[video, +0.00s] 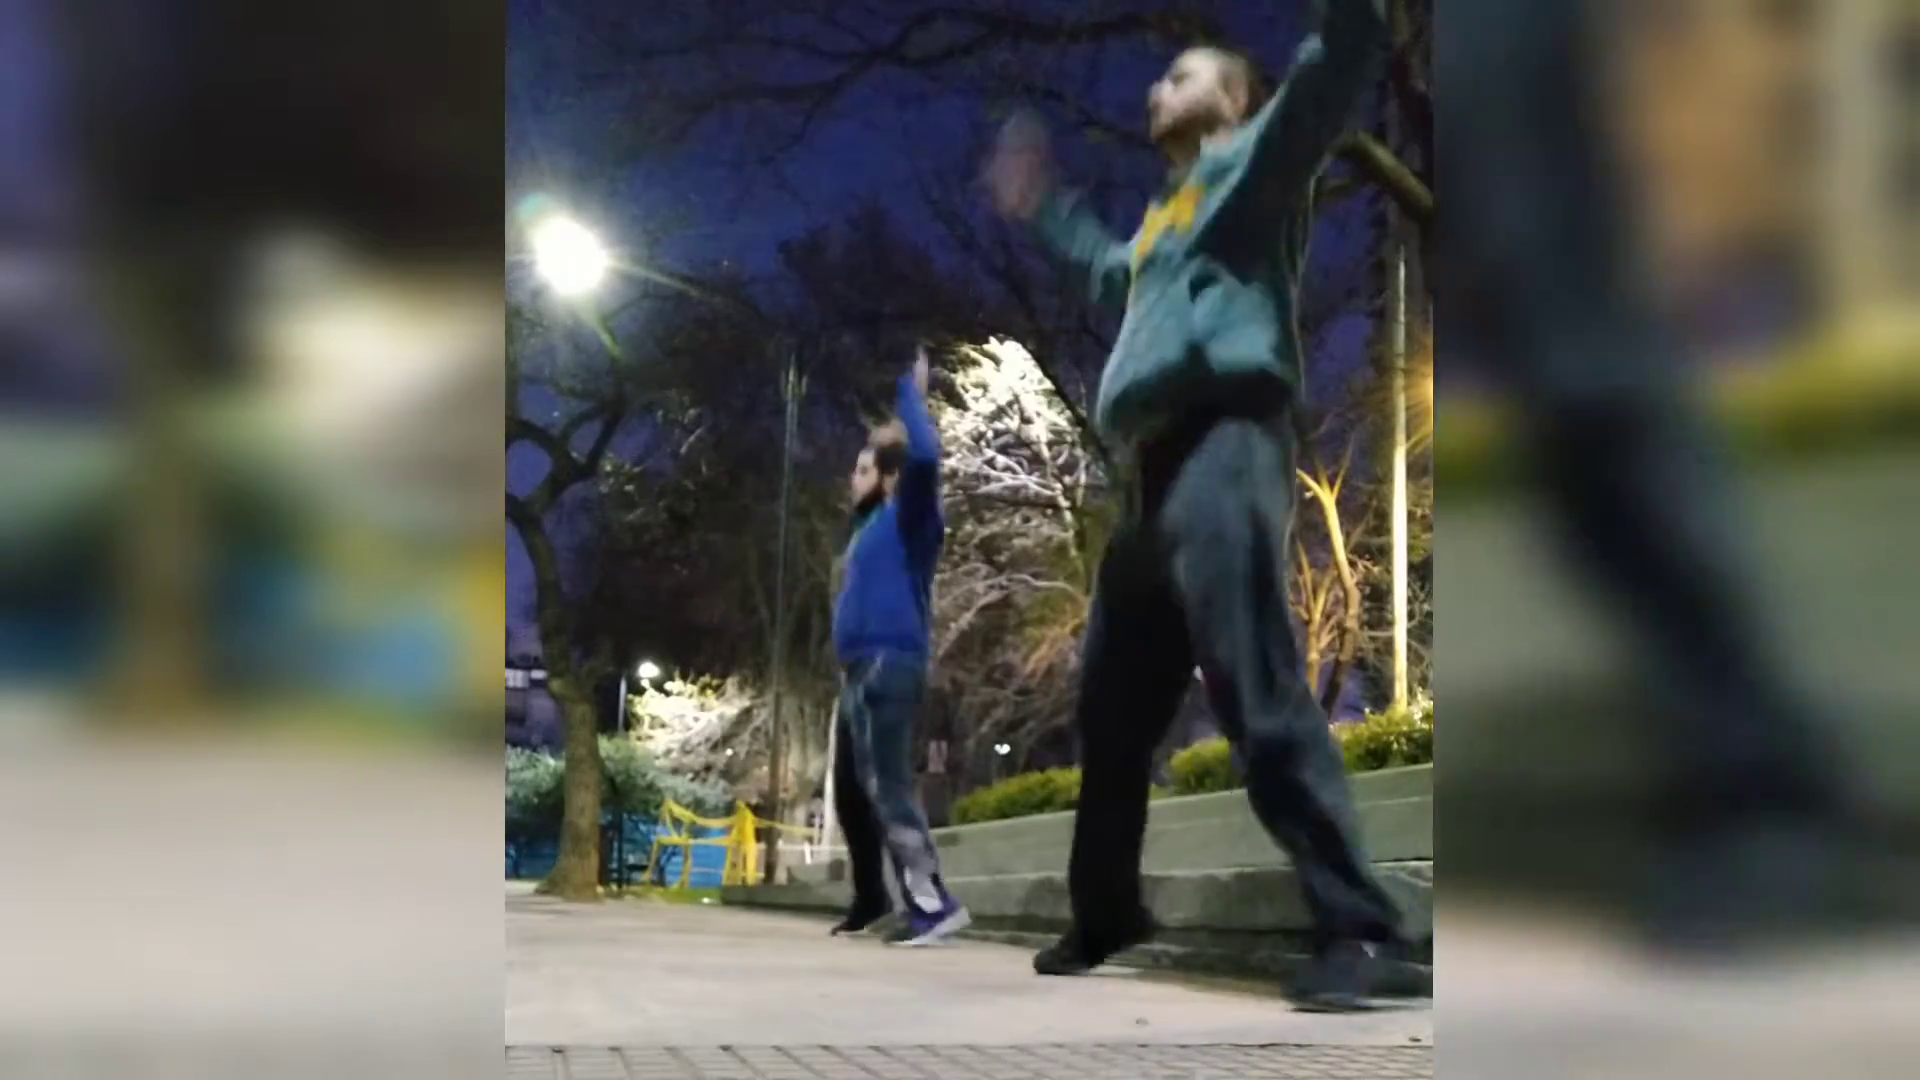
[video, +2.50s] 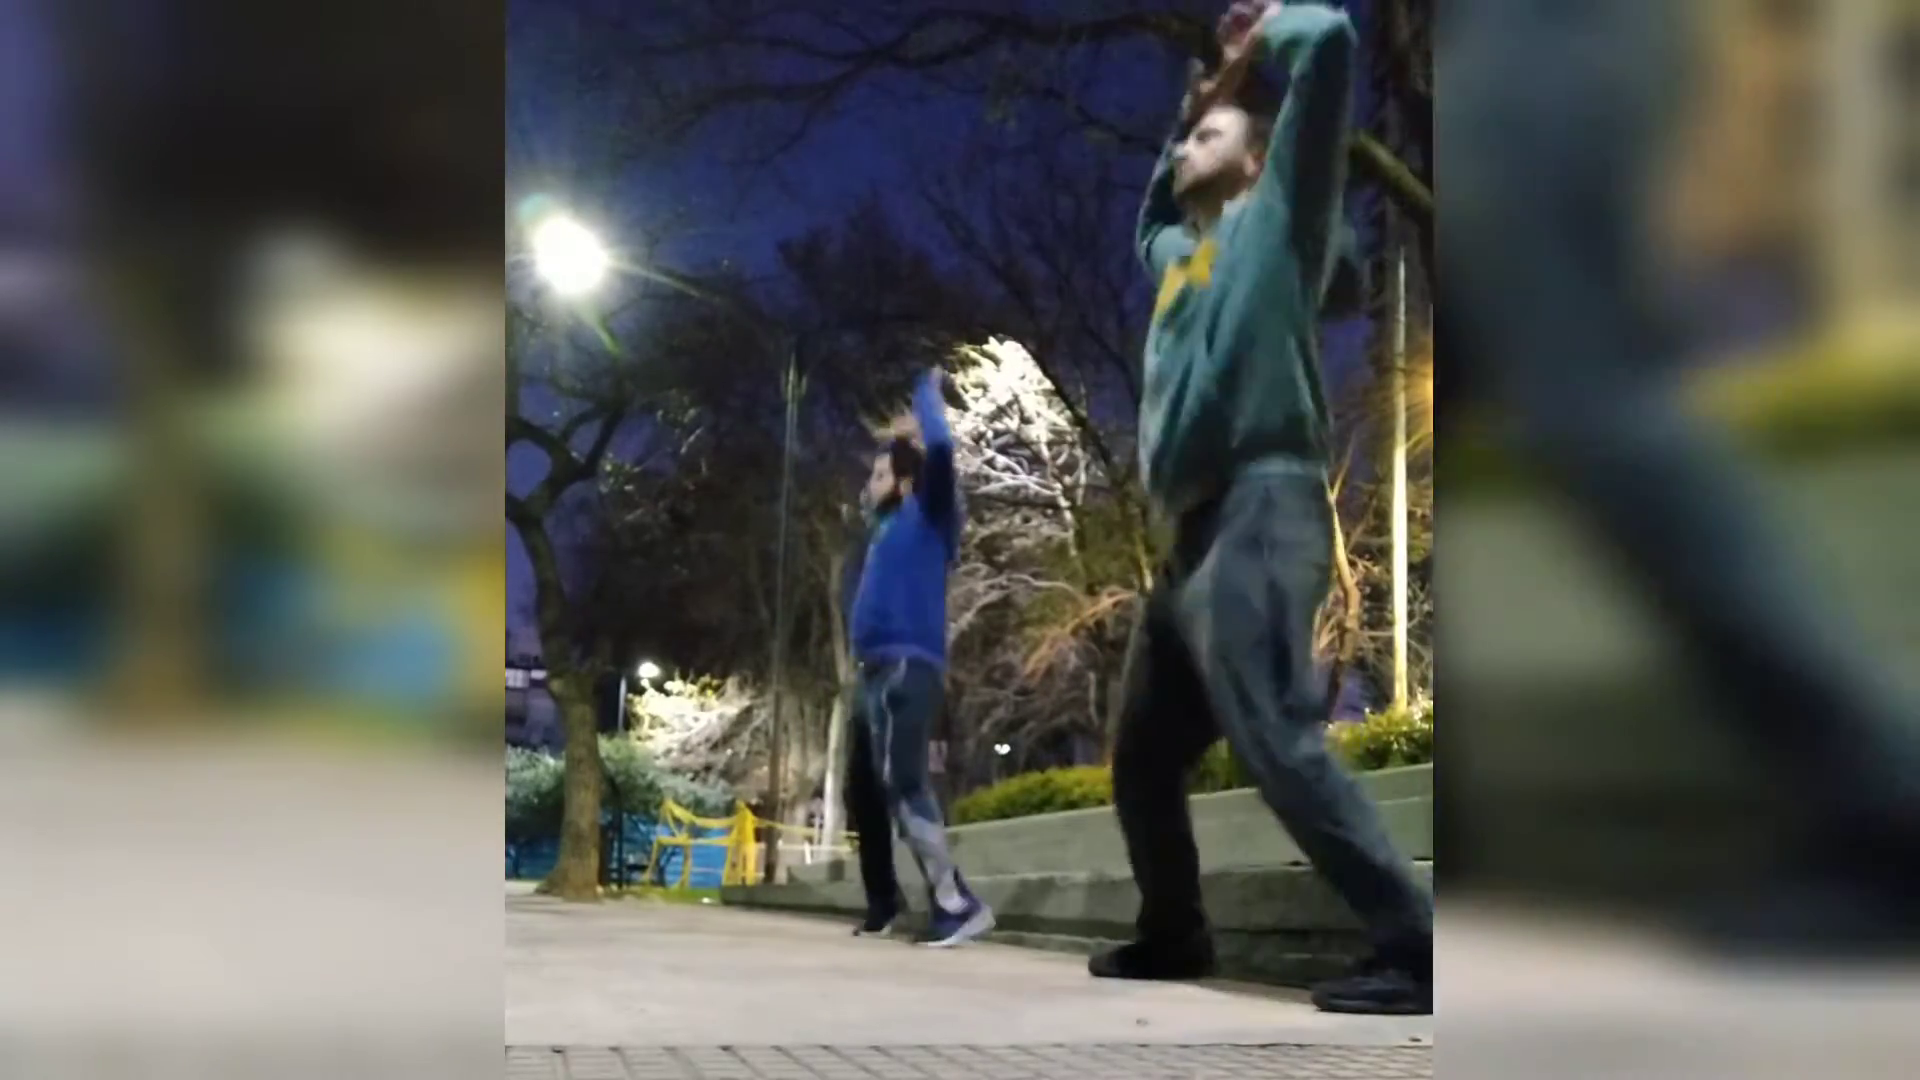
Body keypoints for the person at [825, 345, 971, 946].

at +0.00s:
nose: (852, 475)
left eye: (861, 467)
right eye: (855, 467)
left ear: (886, 474)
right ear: (872, 477)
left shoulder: (908, 517)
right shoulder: (866, 527)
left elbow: (924, 458)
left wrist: (913, 395)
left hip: (892, 656)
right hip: (857, 659)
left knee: (888, 786)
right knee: (854, 790)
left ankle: (932, 904)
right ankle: (879, 897)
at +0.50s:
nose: (867, 447)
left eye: (877, 438)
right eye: (869, 438)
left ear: (905, 449)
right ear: (893, 451)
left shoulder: (915, 484)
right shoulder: (878, 499)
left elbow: (925, 506)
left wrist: (940, 485)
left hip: (892, 626)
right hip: (863, 630)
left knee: (883, 755)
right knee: (865, 764)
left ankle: (918, 882)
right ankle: (882, 893)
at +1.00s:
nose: (863, 453)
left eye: (873, 445)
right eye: (865, 445)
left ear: (901, 451)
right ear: (888, 454)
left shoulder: (919, 488)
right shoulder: (880, 496)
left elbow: (953, 479)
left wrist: (943, 430)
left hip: (895, 629)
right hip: (863, 630)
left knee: (887, 753)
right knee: (860, 761)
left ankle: (922, 881)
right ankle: (880, 886)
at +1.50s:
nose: (869, 452)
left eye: (879, 443)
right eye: (870, 444)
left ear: (906, 452)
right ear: (891, 457)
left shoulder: (920, 497)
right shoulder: (882, 504)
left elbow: (933, 442)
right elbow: (862, 482)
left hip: (895, 633)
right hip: (861, 634)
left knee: (892, 752)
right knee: (863, 763)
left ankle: (925, 878)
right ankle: (875, 883)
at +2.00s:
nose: (863, 469)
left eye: (872, 460)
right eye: (865, 460)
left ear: (899, 465)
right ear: (894, 466)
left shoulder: (918, 503)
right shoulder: (881, 511)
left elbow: (935, 574)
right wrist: (858, 653)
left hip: (897, 657)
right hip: (867, 657)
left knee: (869, 775)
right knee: (855, 778)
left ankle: (904, 901)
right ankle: (886, 904)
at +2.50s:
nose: (874, 477)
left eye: (882, 469)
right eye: (875, 468)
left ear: (907, 474)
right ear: (890, 476)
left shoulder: (932, 517)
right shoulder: (882, 527)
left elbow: (940, 451)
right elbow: (871, 501)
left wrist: (928, 395)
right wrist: (885, 471)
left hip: (912, 661)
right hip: (871, 665)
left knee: (903, 782)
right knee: (864, 791)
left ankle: (955, 904)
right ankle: (883, 902)